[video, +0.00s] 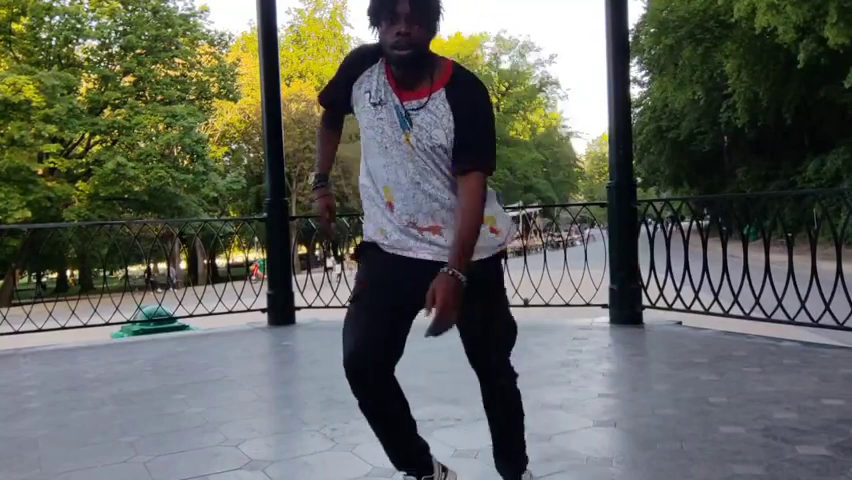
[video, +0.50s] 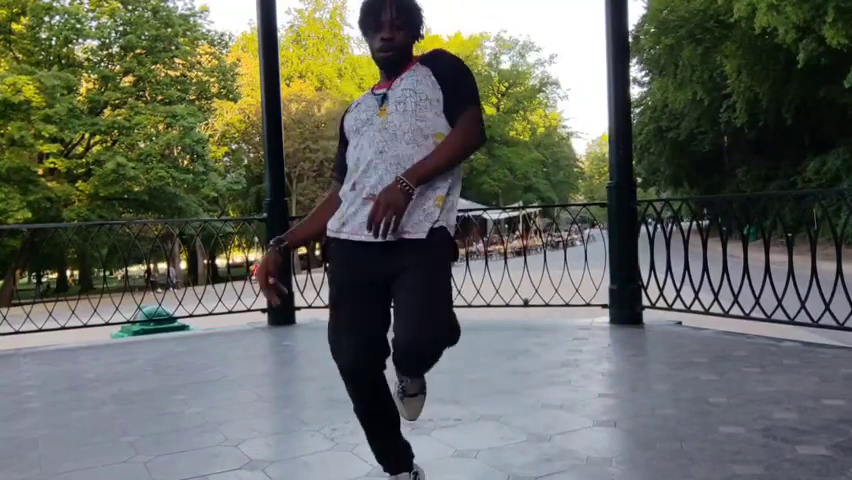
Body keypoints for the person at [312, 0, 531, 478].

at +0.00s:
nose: (403, 29)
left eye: (416, 18)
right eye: (391, 18)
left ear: (434, 24)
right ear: (376, 25)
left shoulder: (464, 90)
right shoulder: (360, 68)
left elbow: (472, 183)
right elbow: (332, 115)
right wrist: (321, 182)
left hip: (468, 252)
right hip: (391, 250)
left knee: (494, 368)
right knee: (364, 363)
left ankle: (513, 470)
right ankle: (421, 470)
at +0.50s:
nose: (388, 34)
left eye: (399, 24)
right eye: (377, 26)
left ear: (416, 29)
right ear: (364, 35)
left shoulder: (440, 66)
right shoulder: (353, 113)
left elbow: (471, 132)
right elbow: (340, 192)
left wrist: (405, 183)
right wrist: (282, 245)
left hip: (422, 237)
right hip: (354, 243)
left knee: (424, 338)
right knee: (354, 358)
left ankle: (407, 370)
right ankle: (399, 468)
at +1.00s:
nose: (350, 39)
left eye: (362, 29)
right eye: (340, 29)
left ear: (379, 30)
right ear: (326, 33)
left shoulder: (420, 60)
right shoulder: (327, 105)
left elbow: (498, 46)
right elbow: (317, 179)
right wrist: (261, 221)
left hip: (424, 233)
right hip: (354, 242)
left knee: (422, 330)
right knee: (347, 351)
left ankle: (346, 354)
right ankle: (393, 468)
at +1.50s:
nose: (334, 38)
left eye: (345, 27)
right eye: (323, 28)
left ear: (360, 35)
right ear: (307, 36)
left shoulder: (394, 86)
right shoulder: (287, 114)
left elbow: (455, 137)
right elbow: (278, 192)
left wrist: (500, 187)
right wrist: (284, 268)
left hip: (424, 227)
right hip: (358, 253)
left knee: (503, 291)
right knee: (373, 368)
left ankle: (565, 411)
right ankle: (371, 472)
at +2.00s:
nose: (418, 46)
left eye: (428, 38)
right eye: (408, 36)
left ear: (440, 44)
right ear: (393, 39)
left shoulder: (438, 106)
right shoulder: (361, 74)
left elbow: (445, 172)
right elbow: (336, 39)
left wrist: (465, 223)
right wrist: (402, 76)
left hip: (405, 224)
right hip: (344, 227)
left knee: (426, 319)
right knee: (360, 353)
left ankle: (346, 348)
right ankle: (370, 469)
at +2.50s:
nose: (433, 61)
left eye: (442, 54)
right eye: (423, 50)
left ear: (448, 59)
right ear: (402, 51)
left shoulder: (416, 101)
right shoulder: (392, 88)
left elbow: (399, 182)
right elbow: (442, 158)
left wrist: (365, 255)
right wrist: (503, 167)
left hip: (421, 235)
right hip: (384, 237)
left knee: (468, 329)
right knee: (418, 355)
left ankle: (386, 414)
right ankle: (402, 472)